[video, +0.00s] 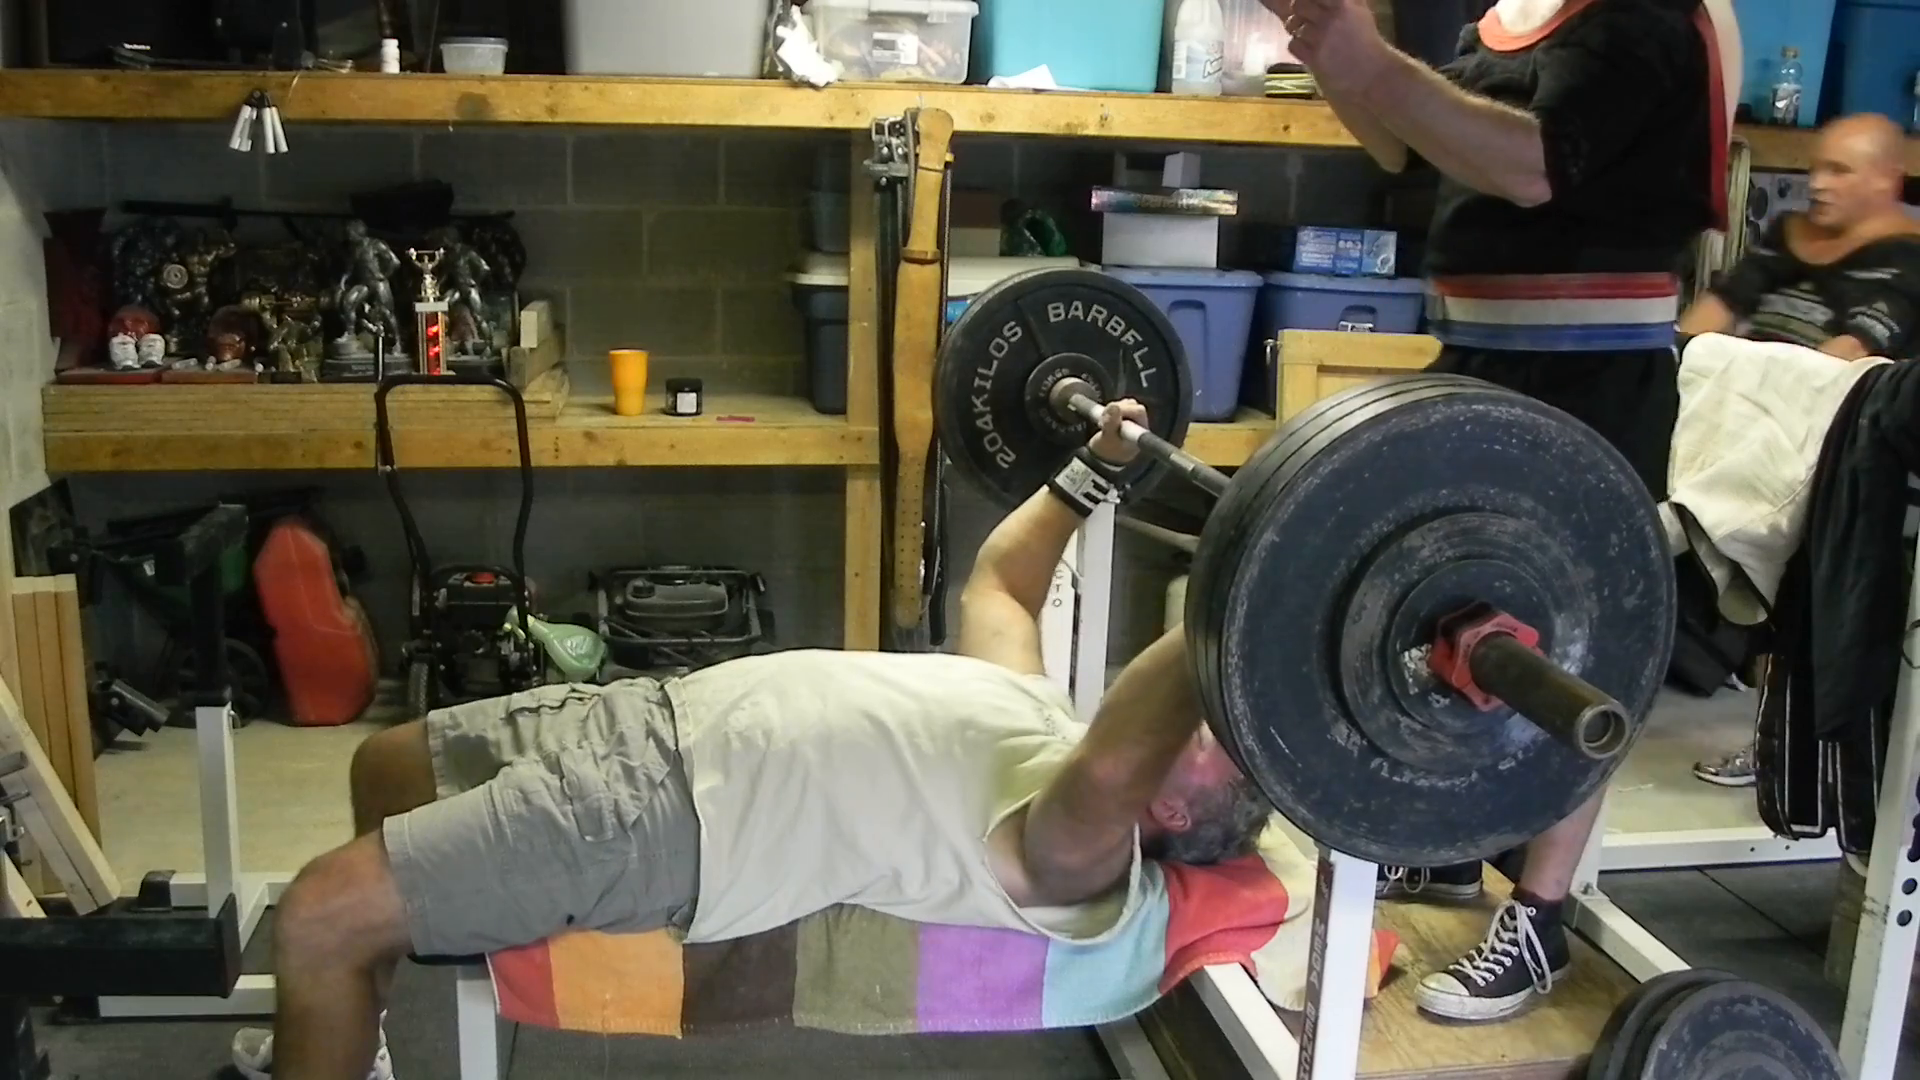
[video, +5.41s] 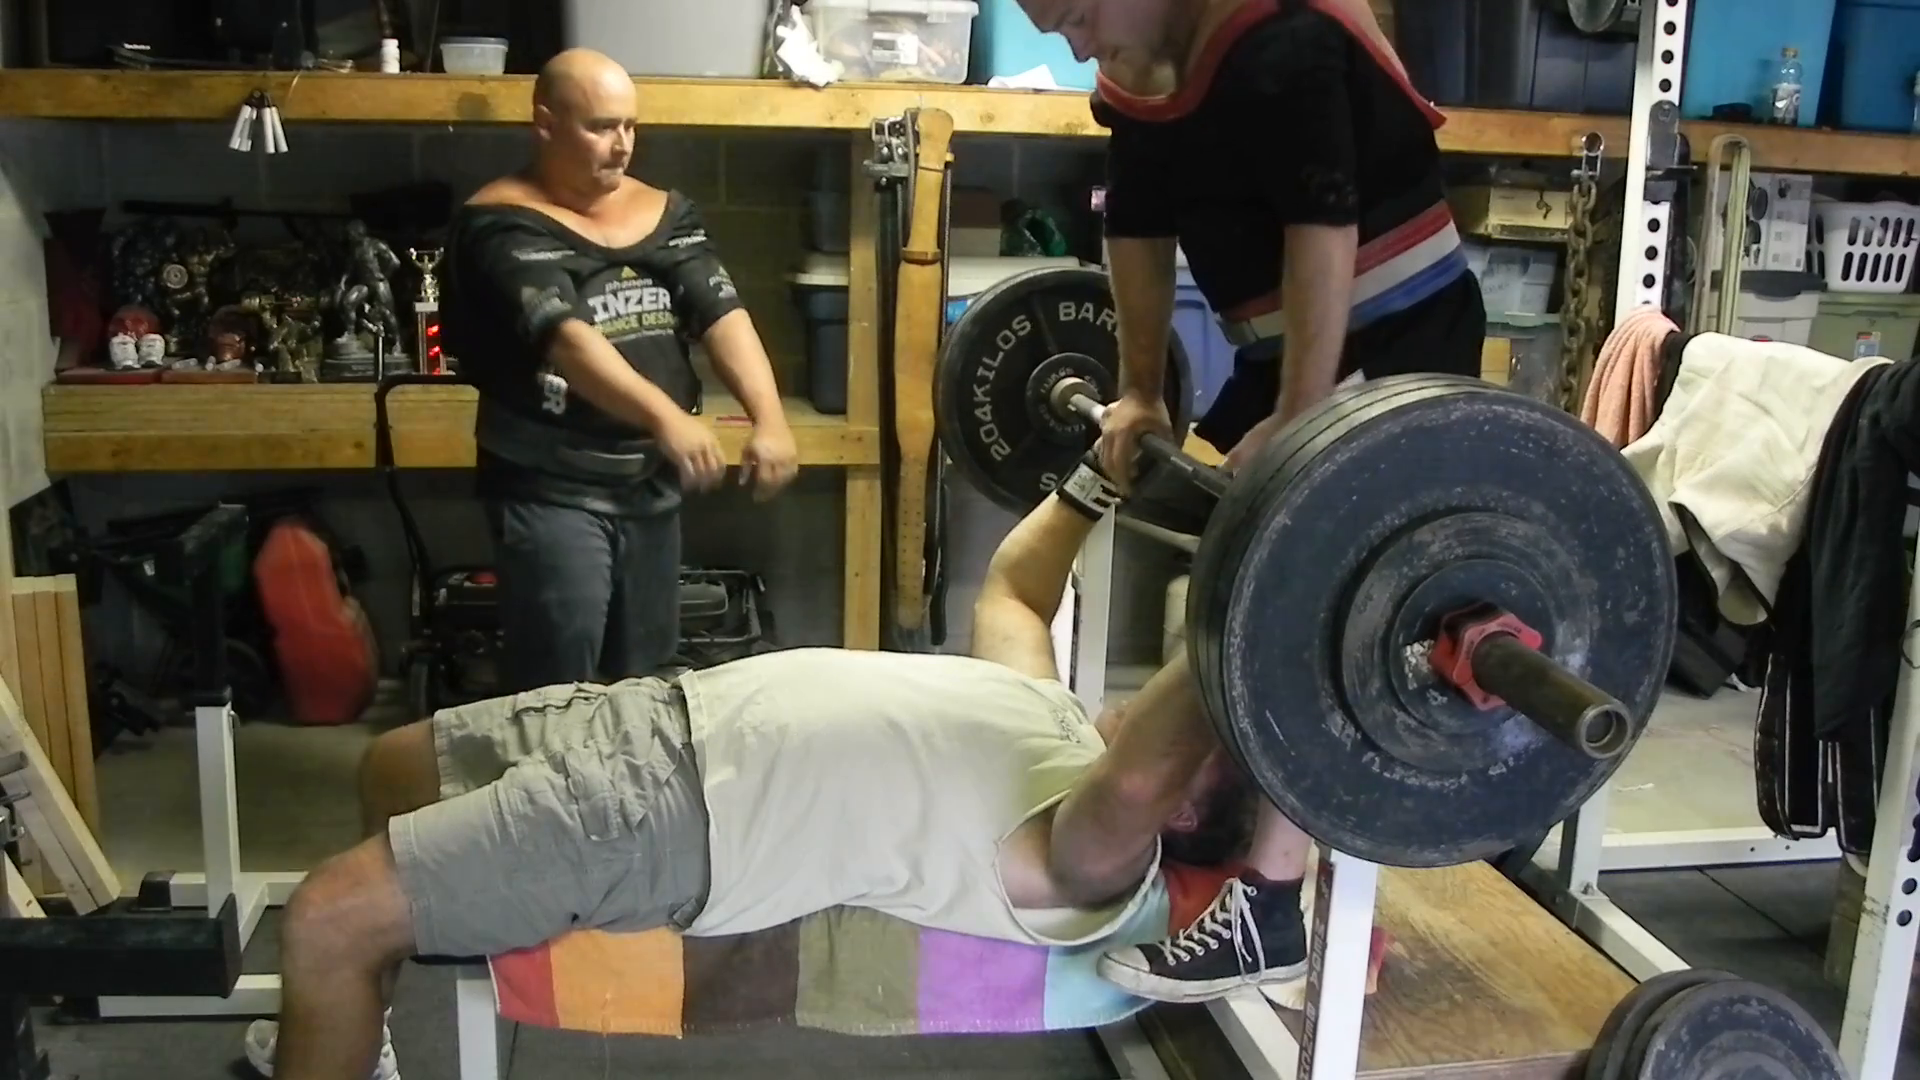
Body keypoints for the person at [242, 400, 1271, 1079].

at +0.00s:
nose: (1190, 740)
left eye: (1219, 751)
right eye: (1203, 724)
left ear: (1203, 816)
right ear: (1172, 739)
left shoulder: (1074, 861)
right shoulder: (1023, 715)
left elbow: (1128, 748)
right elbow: (1007, 581)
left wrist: (1243, 605)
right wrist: (1089, 467)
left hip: (664, 821)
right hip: (648, 712)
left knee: (318, 917)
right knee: (384, 766)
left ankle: (333, 1061)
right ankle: (373, 1007)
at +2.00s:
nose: (1209, 742)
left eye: (1231, 749)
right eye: (1219, 722)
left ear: (1230, 798)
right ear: (1197, 726)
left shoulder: (1115, 825)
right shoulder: (1057, 706)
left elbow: (1147, 750)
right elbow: (1005, 573)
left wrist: (1261, 600)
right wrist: (1091, 472)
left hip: (687, 813)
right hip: (670, 709)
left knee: (343, 911)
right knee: (399, 769)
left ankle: (320, 1067)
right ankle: (376, 1011)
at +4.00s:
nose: (1191, 722)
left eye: (1224, 744)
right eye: (1214, 721)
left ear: (1207, 833)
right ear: (1187, 720)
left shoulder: (1088, 871)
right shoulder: (1047, 720)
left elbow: (1149, 763)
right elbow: (1009, 587)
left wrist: (1282, 609)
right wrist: (1101, 478)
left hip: (665, 817)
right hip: (652, 713)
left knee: (323, 916)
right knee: (390, 768)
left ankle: (331, 1064)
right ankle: (349, 1000)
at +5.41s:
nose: (1188, 710)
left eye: (1216, 731)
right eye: (1211, 711)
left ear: (1197, 809)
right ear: (1192, 716)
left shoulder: (1090, 868)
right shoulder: (1054, 718)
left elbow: (1151, 764)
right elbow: (1016, 589)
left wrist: (1271, 597)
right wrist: (1101, 479)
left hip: (671, 815)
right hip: (660, 713)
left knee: (326, 918)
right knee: (394, 768)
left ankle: (332, 1057)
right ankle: (354, 990)